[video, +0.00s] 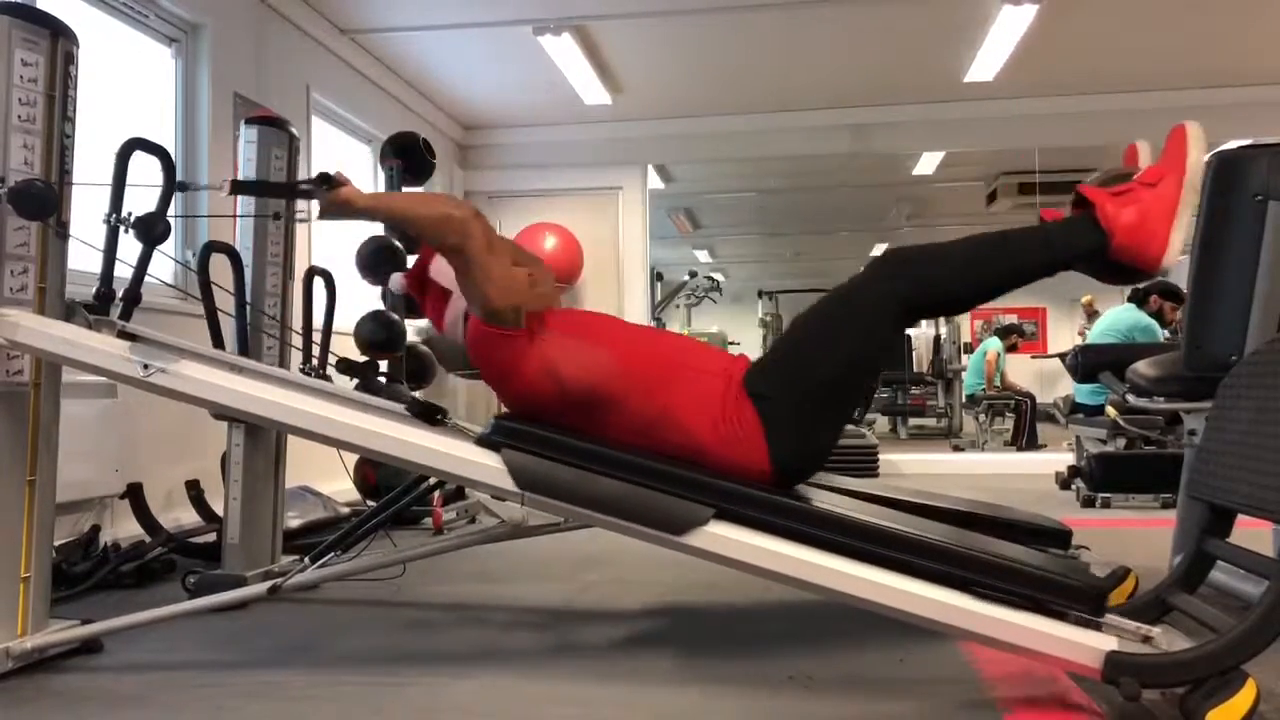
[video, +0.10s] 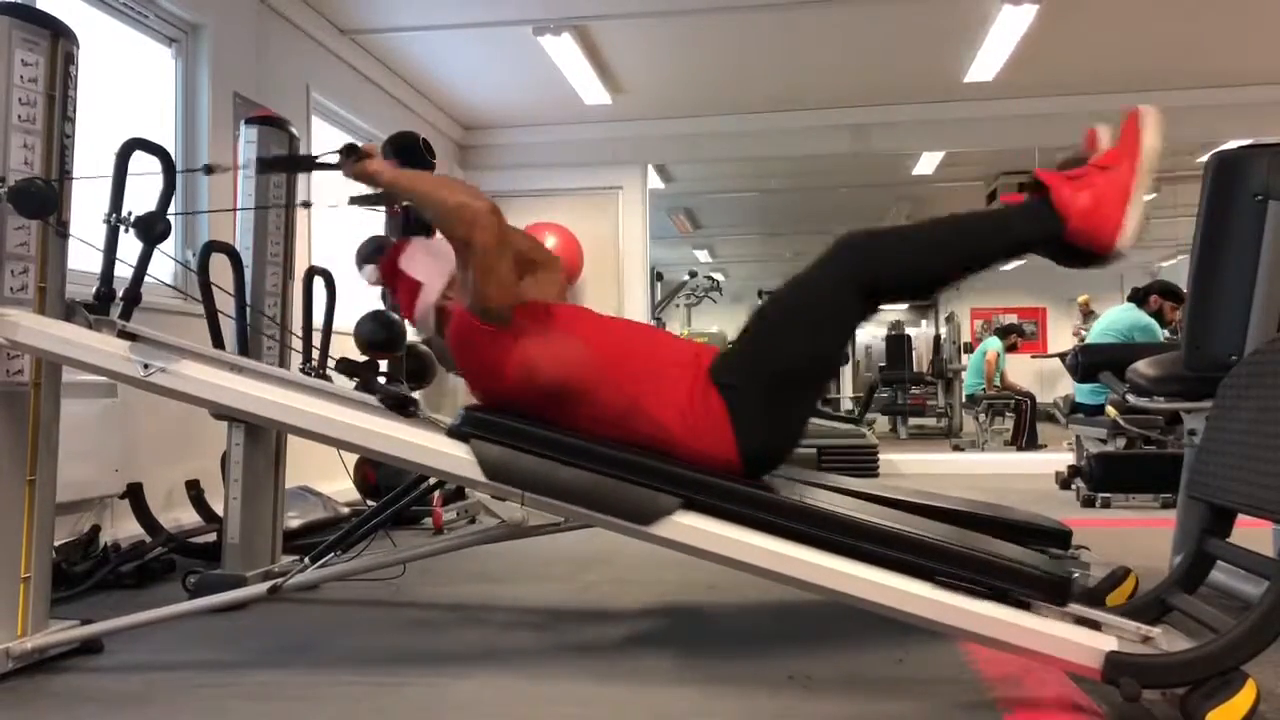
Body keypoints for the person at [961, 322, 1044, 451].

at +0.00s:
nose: (1019, 342)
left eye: (1020, 339)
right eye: (1019, 338)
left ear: (1011, 337)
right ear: (1013, 337)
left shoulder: (999, 348)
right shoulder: (995, 343)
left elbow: (1004, 382)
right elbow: (990, 361)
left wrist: (1019, 389)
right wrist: (990, 389)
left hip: (982, 393)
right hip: (977, 393)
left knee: (1026, 399)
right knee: (1027, 400)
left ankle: (1018, 442)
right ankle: (1027, 444)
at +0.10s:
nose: (1019, 342)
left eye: (1020, 339)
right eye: (1018, 338)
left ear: (1010, 337)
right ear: (1012, 336)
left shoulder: (999, 349)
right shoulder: (995, 342)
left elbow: (1004, 382)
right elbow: (989, 361)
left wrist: (1021, 390)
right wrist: (989, 389)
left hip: (982, 393)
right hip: (976, 393)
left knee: (1026, 399)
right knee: (1027, 399)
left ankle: (1019, 442)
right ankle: (1026, 444)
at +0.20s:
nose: (1018, 343)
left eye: (1019, 340)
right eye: (1018, 339)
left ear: (1010, 337)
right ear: (1012, 337)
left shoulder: (999, 349)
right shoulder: (995, 343)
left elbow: (1004, 383)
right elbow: (989, 361)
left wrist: (1020, 390)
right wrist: (989, 390)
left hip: (982, 393)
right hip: (976, 394)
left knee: (1026, 399)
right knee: (1027, 400)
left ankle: (1019, 443)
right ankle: (1026, 445)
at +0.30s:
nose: (1018, 342)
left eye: (1019, 339)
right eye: (1018, 338)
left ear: (1010, 337)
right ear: (1012, 337)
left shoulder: (999, 349)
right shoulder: (994, 342)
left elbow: (1004, 382)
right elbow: (989, 361)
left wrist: (1020, 390)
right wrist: (989, 389)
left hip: (982, 392)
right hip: (976, 393)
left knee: (1026, 399)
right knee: (1027, 400)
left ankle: (1019, 442)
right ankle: (1026, 444)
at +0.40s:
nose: (1018, 342)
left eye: (1019, 339)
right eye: (1018, 338)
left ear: (1010, 337)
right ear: (1011, 337)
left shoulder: (999, 349)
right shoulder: (994, 342)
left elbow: (1004, 382)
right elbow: (989, 360)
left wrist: (1020, 390)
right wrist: (989, 389)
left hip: (983, 393)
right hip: (977, 393)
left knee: (1026, 399)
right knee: (1027, 400)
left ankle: (1018, 442)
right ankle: (1026, 445)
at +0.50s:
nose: (1019, 343)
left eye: (1020, 339)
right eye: (1019, 339)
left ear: (1010, 338)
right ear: (1012, 337)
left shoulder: (999, 350)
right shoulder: (994, 342)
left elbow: (1004, 382)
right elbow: (989, 361)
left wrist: (1020, 390)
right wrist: (990, 390)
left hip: (983, 393)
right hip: (977, 394)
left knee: (1026, 400)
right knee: (1027, 400)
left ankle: (1018, 443)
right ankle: (1026, 445)